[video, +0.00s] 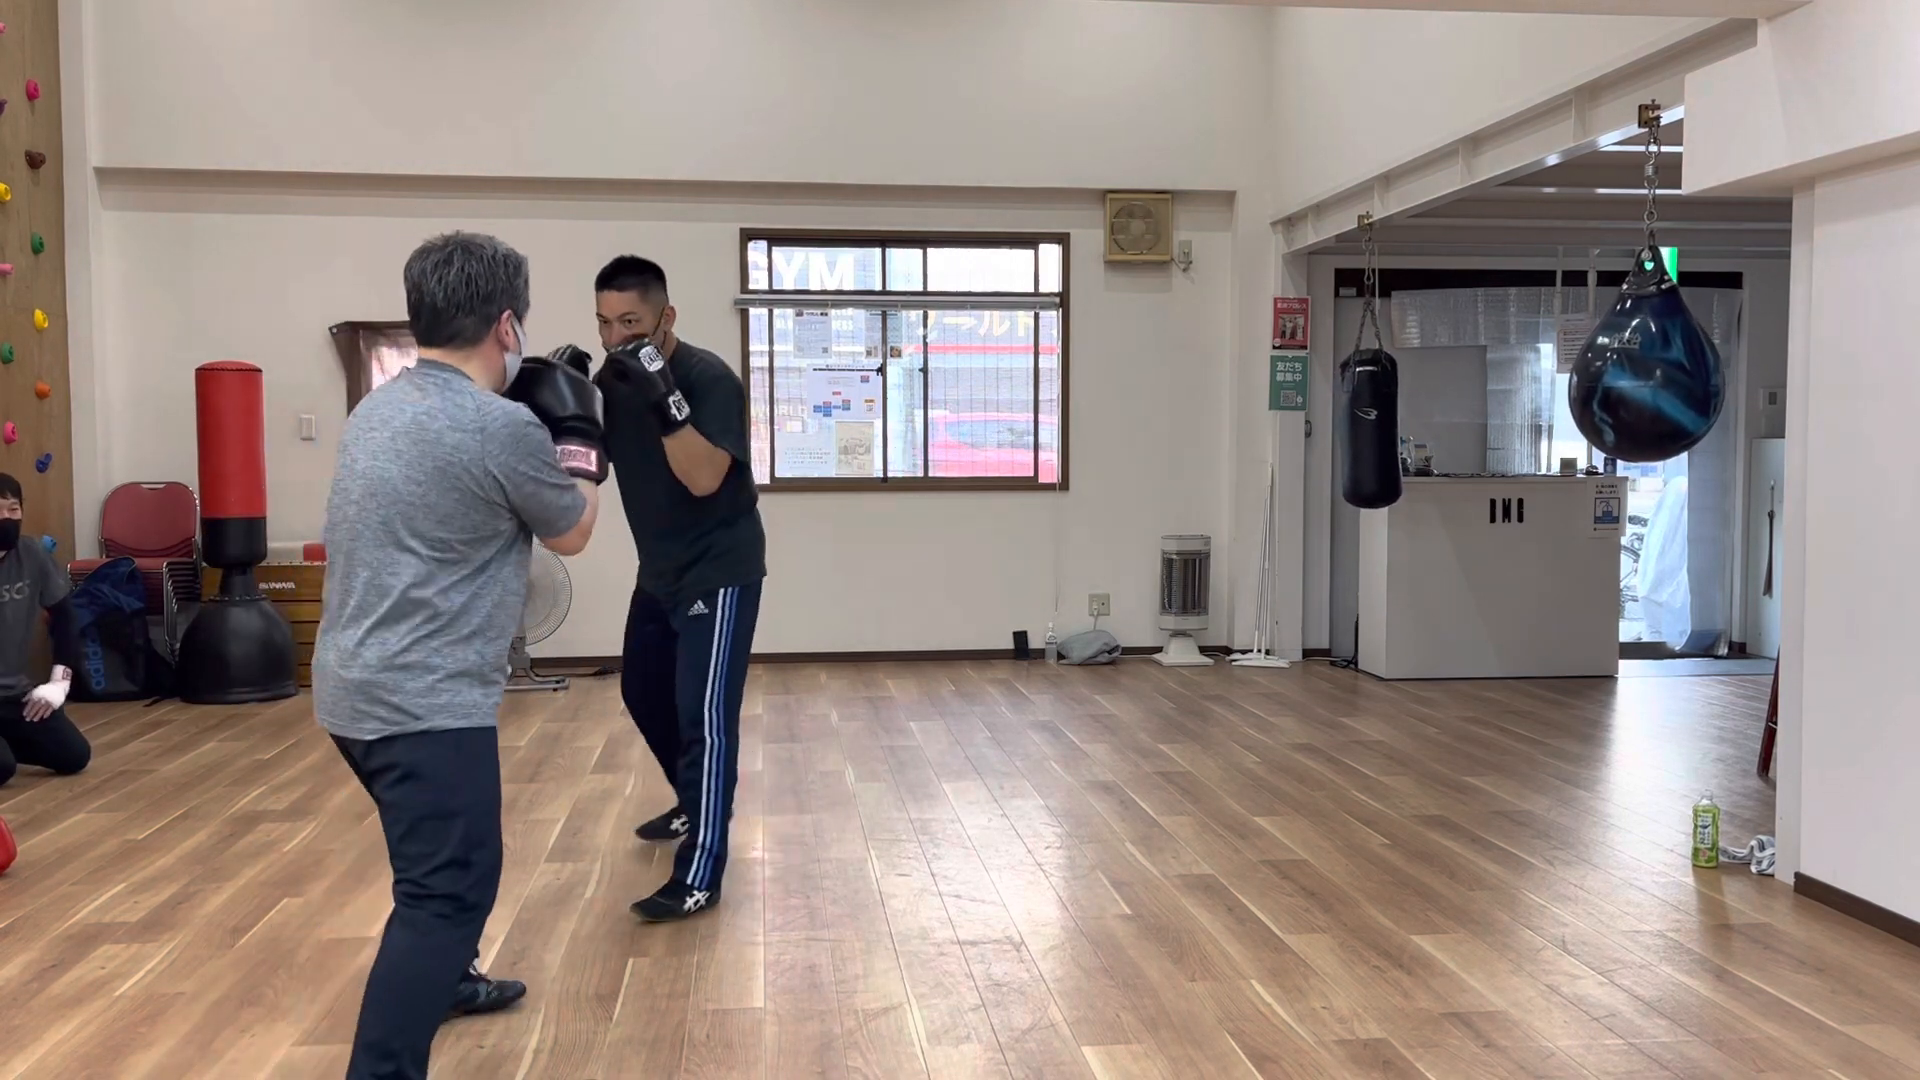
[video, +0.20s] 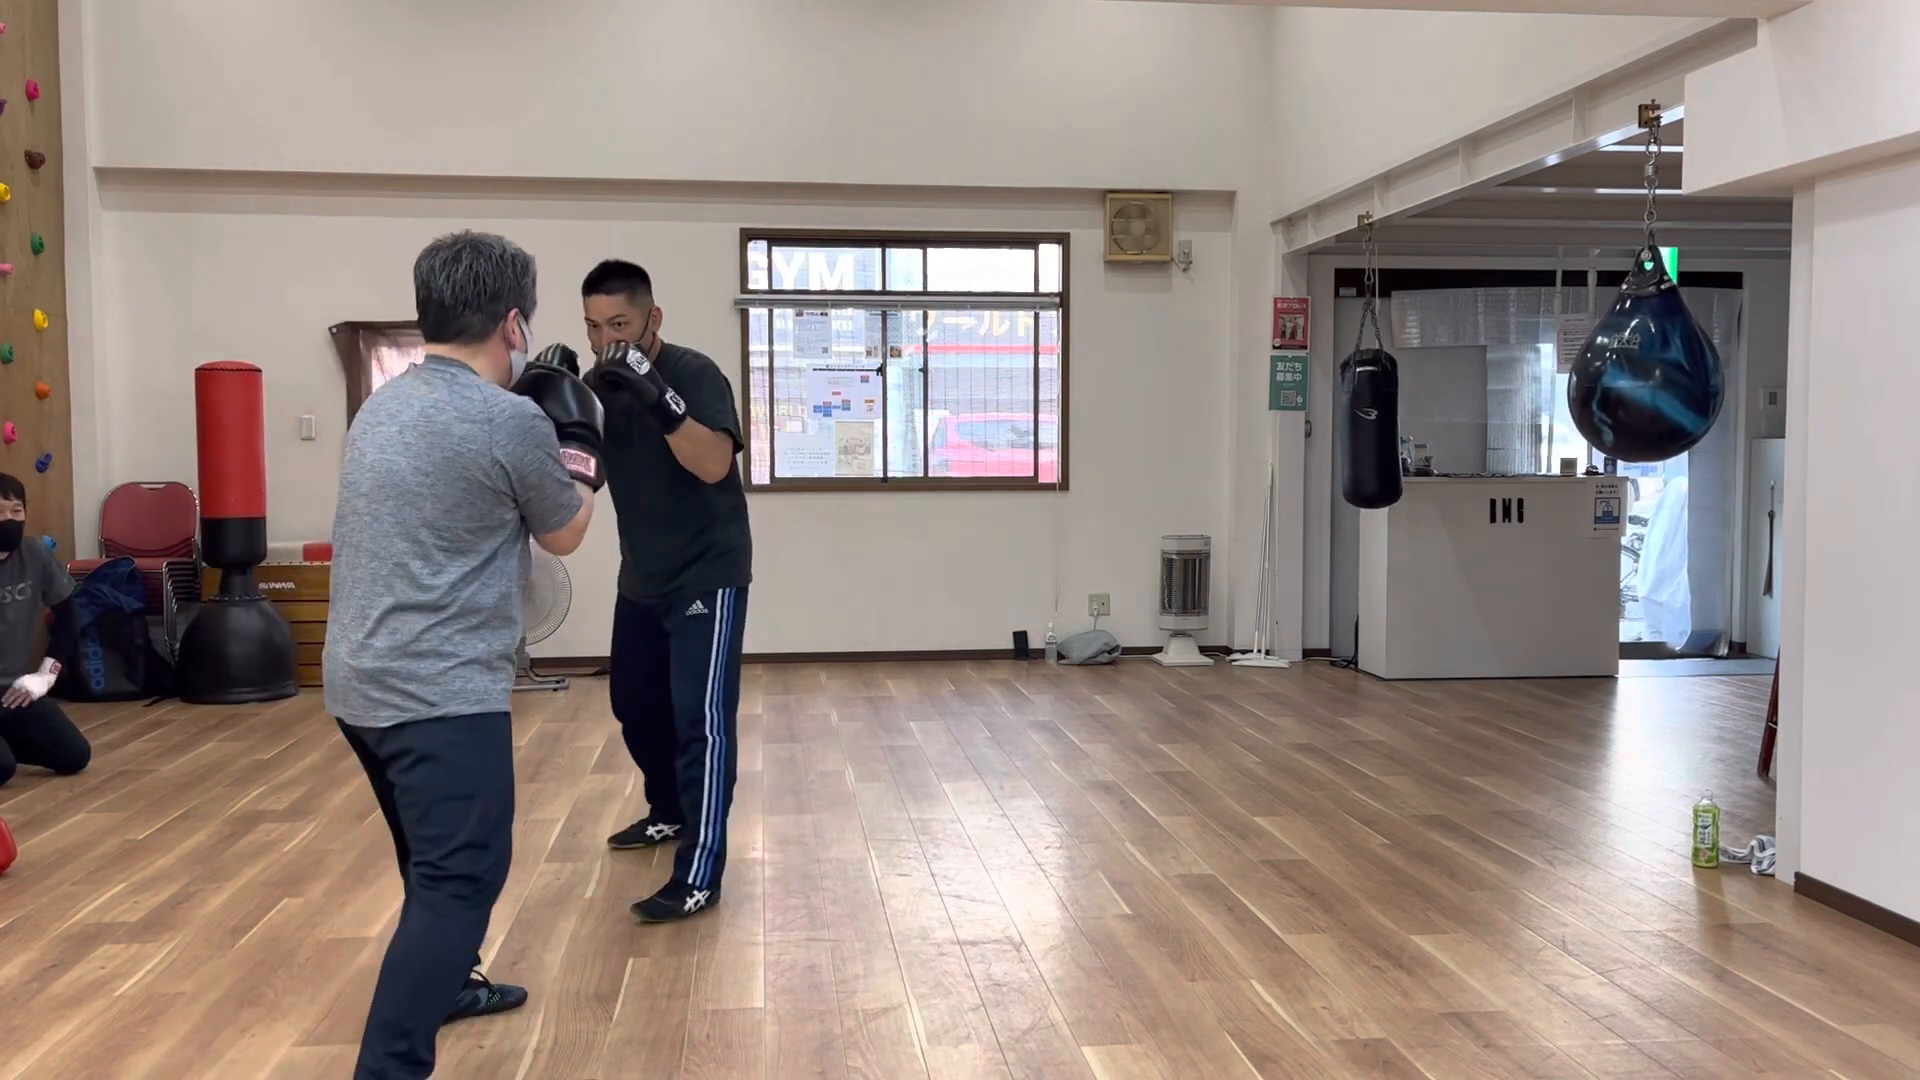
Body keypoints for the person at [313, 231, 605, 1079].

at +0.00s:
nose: (522, 330)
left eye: (524, 317)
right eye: (521, 316)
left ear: (418, 320)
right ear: (504, 326)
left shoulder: (375, 409)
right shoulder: (499, 427)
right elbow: (572, 532)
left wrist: (515, 424)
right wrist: (575, 445)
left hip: (352, 693)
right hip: (431, 706)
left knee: (437, 844)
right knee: (439, 901)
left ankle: (445, 976)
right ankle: (381, 1072)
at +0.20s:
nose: (529, 331)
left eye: (531, 317)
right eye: (528, 316)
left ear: (427, 317)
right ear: (511, 324)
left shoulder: (382, 404)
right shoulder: (507, 421)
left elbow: (446, 496)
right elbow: (565, 533)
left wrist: (533, 448)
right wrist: (567, 441)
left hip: (361, 684)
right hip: (442, 693)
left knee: (431, 854)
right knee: (458, 879)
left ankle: (446, 981)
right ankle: (389, 1067)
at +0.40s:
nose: (532, 331)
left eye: (532, 318)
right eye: (530, 318)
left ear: (429, 322)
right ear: (515, 325)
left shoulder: (381, 412)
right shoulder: (521, 422)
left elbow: (435, 519)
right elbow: (574, 535)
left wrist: (547, 472)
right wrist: (570, 461)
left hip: (365, 690)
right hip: (452, 699)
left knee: (429, 858)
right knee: (470, 890)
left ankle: (448, 979)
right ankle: (415, 1067)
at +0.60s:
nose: (536, 323)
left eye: (536, 311)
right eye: (533, 310)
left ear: (431, 318)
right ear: (518, 321)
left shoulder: (387, 409)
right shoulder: (525, 419)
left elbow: (445, 503)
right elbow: (584, 531)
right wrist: (576, 455)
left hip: (375, 691)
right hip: (467, 699)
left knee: (439, 852)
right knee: (468, 894)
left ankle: (450, 978)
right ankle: (415, 1069)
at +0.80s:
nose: (532, 332)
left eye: (533, 317)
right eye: (529, 318)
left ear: (432, 319)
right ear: (514, 329)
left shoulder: (390, 395)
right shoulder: (512, 428)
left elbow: (456, 481)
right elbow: (573, 537)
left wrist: (524, 405)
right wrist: (559, 443)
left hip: (373, 688)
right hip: (460, 698)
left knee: (441, 851)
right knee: (502, 877)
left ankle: (447, 983)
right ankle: (430, 1062)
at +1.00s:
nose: (516, 336)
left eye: (518, 319)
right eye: (515, 318)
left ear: (408, 317)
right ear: (488, 326)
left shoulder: (357, 412)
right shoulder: (495, 430)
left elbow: (426, 503)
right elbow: (566, 542)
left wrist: (517, 414)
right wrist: (562, 437)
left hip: (364, 709)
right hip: (455, 718)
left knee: (433, 863)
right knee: (484, 905)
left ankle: (445, 988)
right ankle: (430, 1067)